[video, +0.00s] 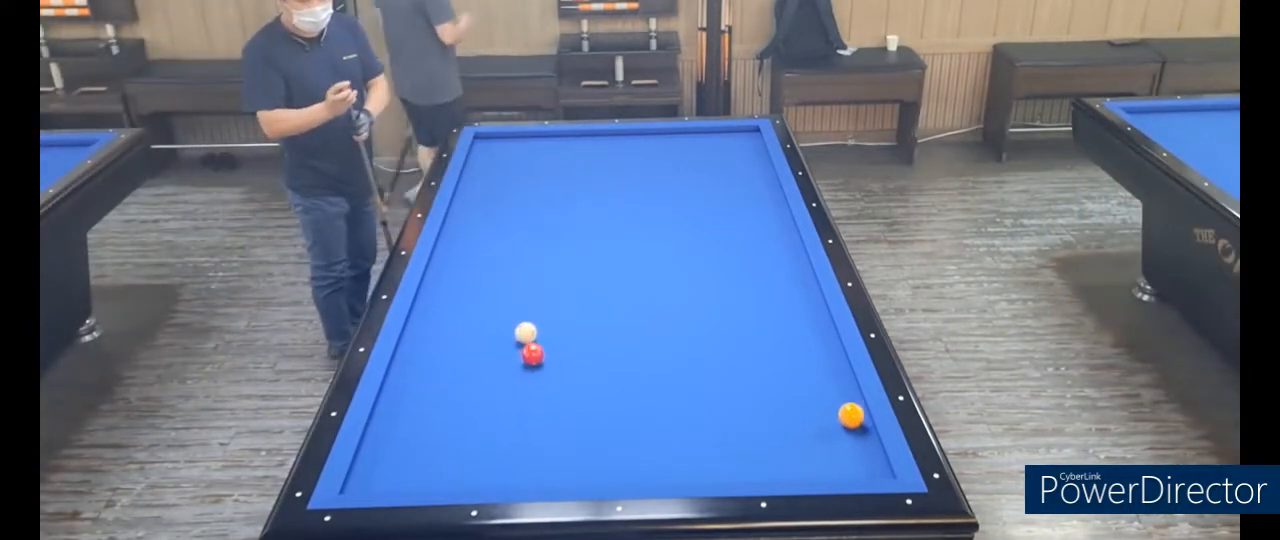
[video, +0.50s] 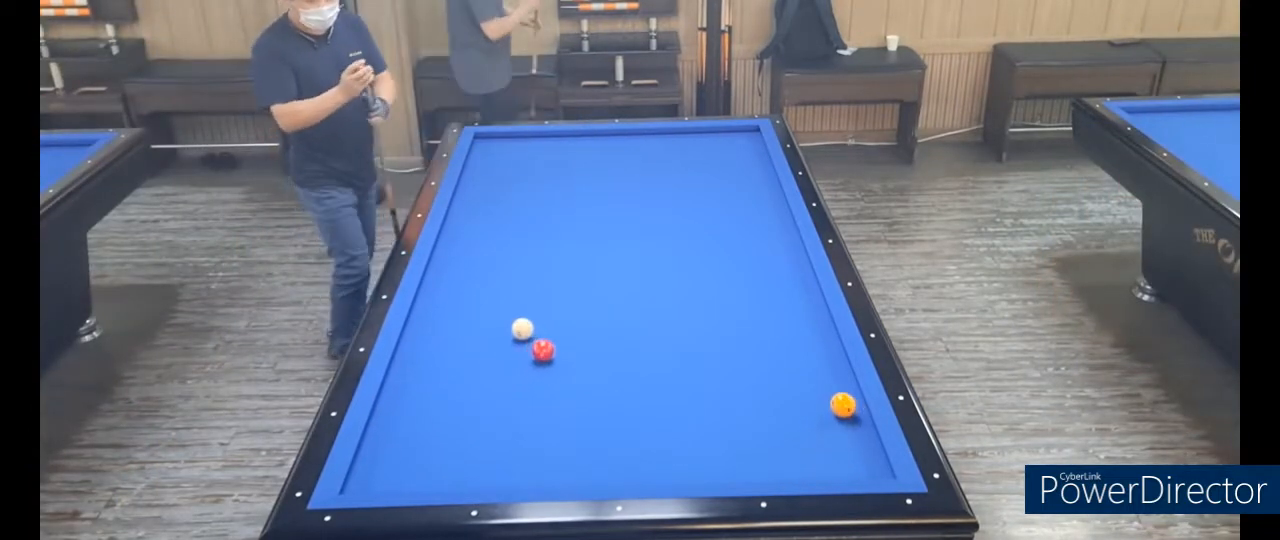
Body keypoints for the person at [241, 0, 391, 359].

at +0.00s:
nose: (319, 8)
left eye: (324, 1)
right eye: (307, 3)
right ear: (284, 5)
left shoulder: (347, 28)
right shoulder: (263, 49)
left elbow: (379, 85)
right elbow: (271, 125)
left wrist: (368, 112)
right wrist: (326, 109)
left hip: (358, 173)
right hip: (313, 182)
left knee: (361, 261)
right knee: (331, 270)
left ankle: (358, 329)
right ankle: (342, 346)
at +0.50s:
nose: (325, 5)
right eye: (314, 1)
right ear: (290, 4)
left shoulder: (350, 24)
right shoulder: (271, 47)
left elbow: (382, 78)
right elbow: (286, 118)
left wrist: (382, 101)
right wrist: (342, 92)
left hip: (361, 168)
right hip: (319, 176)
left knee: (362, 257)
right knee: (353, 262)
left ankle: (351, 334)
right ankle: (343, 343)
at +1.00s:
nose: (344, 37)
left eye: (349, 26)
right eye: (332, 31)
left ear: (355, 14)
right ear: (307, 26)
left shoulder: (342, 37)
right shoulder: (297, 74)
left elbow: (356, 74)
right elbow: (347, 146)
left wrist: (383, 113)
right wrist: (408, 177)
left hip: (346, 177)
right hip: (316, 187)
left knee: (351, 257)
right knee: (332, 268)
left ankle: (354, 328)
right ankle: (338, 353)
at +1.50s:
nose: (318, 41)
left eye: (322, 31)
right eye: (305, 37)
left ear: (329, 15)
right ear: (280, 31)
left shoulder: (349, 33)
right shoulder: (262, 63)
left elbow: (399, 76)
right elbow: (244, 142)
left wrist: (394, 69)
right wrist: (299, 192)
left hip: (351, 176)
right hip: (300, 187)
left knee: (355, 263)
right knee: (314, 272)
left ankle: (354, 337)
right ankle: (333, 350)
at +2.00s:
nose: (324, 112)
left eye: (330, 104)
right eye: (313, 108)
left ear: (338, 85)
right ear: (287, 96)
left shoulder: (358, 97)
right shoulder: (260, 89)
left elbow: (404, 157)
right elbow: (237, 116)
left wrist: (411, 213)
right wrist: (256, 166)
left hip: (367, 186)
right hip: (309, 188)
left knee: (387, 267)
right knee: (313, 275)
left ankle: (416, 343)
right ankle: (331, 351)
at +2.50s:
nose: (372, 194)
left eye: (380, 186)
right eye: (363, 188)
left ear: (393, 165)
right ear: (343, 170)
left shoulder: (405, 161)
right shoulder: (322, 128)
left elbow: (438, 216)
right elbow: (282, 100)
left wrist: (461, 271)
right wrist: (283, 153)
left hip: (395, 192)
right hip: (339, 186)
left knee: (396, 258)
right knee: (334, 255)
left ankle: (399, 327)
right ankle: (337, 323)